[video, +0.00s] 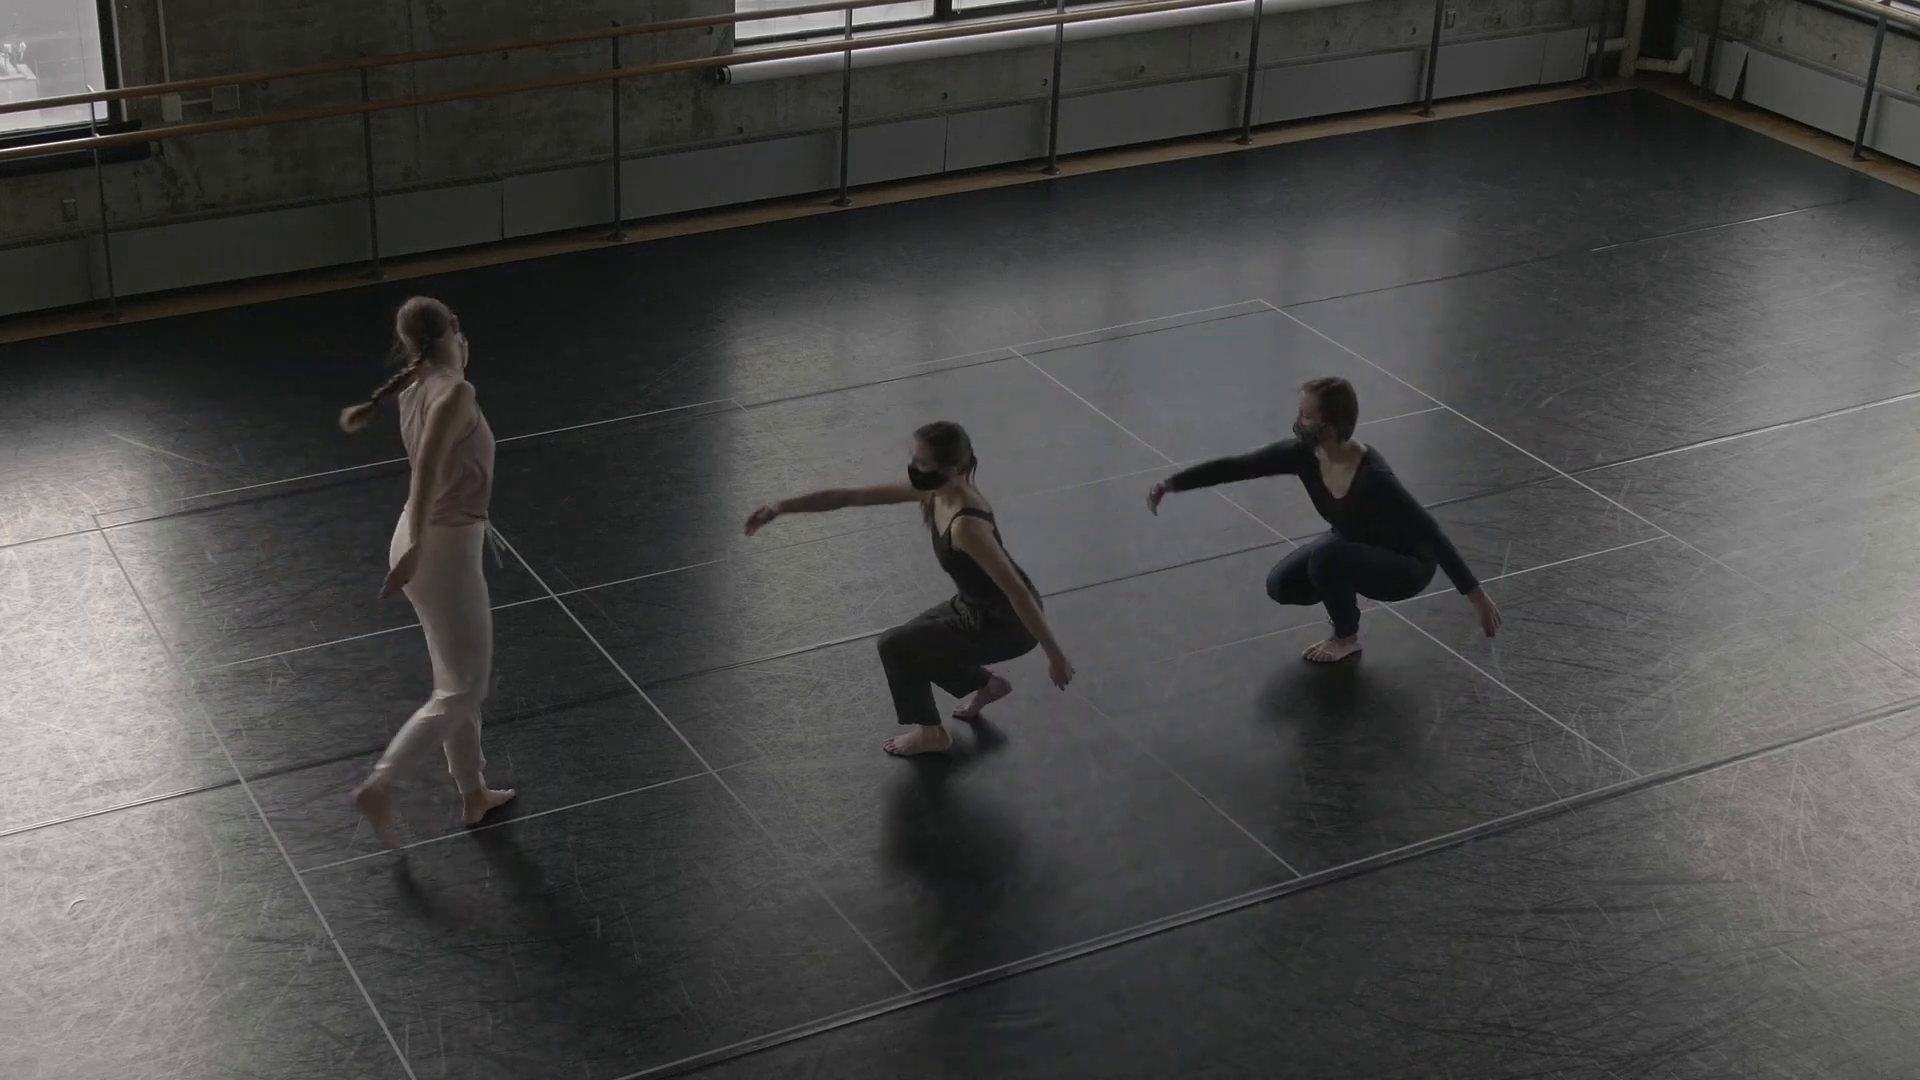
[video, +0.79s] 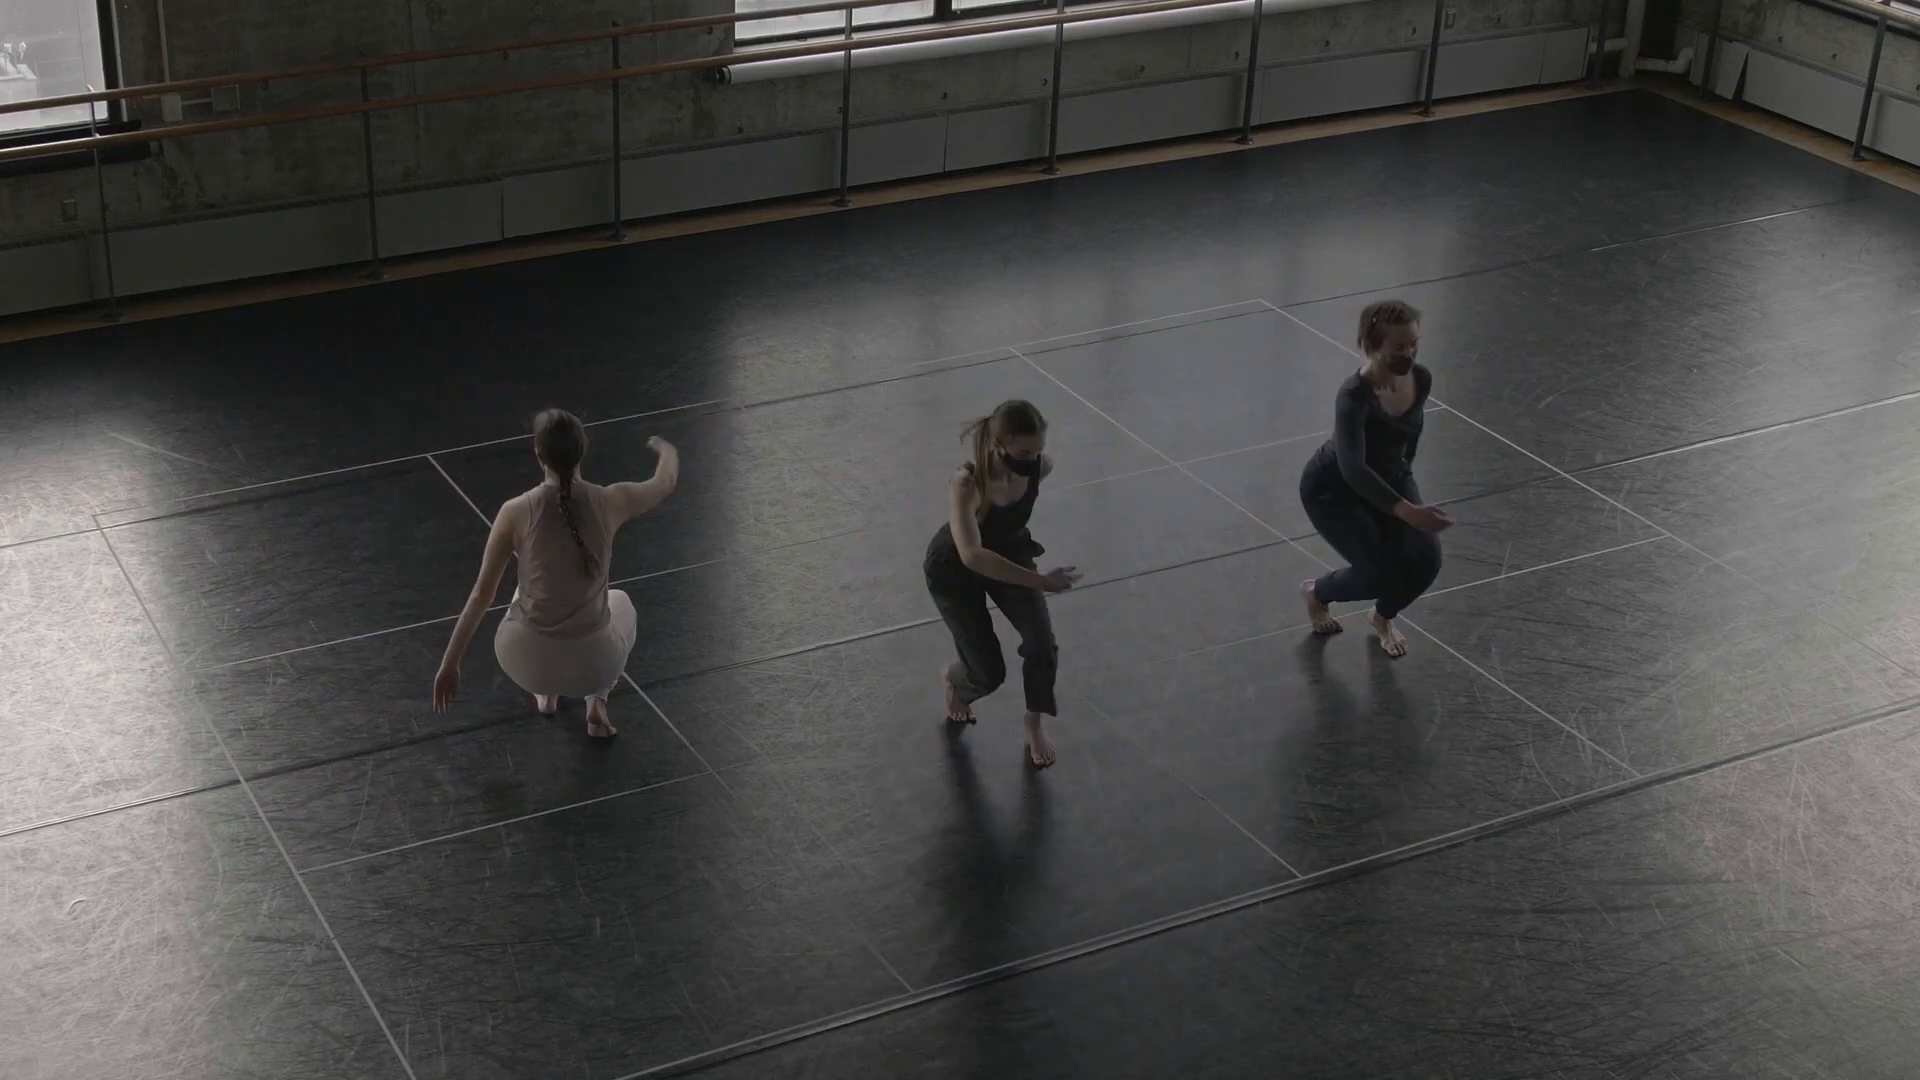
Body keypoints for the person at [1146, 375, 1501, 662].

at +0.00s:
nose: (1295, 422)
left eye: (1304, 416)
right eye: (1297, 413)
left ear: (1330, 427)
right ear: (1321, 423)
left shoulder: (1374, 476)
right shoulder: (1302, 454)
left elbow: (1430, 534)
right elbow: (1238, 468)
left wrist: (1476, 594)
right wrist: (1172, 483)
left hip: (1405, 562)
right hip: (1353, 544)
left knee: (1325, 559)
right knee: (1280, 586)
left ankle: (1347, 636)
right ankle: (1346, 594)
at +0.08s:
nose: (1302, 424)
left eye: (1310, 418)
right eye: (1302, 415)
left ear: (1336, 427)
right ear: (1324, 424)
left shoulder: (1381, 469)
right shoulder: (1303, 458)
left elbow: (1434, 522)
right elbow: (1246, 481)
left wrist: (1477, 579)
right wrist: (1181, 507)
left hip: (1401, 561)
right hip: (1342, 546)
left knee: (1331, 559)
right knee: (1278, 597)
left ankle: (1347, 637)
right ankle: (1340, 577)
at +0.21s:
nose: (1323, 399)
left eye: (1331, 392)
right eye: (1320, 391)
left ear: (1357, 395)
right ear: (1316, 390)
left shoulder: (1397, 438)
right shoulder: (1311, 435)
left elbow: (1428, 475)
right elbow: (1258, 462)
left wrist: (1447, 511)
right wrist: (1210, 497)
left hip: (1398, 532)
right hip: (1339, 526)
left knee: (1328, 560)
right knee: (1287, 599)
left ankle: (1344, 636)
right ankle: (1341, 587)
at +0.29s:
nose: (1342, 373)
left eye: (1352, 365)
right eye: (1337, 364)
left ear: (1375, 363)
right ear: (1329, 360)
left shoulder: (1406, 406)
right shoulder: (1318, 407)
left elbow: (1418, 461)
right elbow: (1264, 445)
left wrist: (1389, 479)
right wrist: (1237, 481)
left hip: (1397, 509)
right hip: (1338, 503)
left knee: (1333, 557)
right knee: (1298, 594)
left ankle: (1343, 634)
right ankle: (1343, 588)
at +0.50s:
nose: (1385, 325)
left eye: (1393, 315)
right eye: (1375, 317)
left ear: (1403, 311)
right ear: (1356, 314)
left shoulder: (1413, 348)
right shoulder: (1337, 363)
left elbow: (1400, 401)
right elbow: (1296, 421)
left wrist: (1397, 438)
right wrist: (1312, 465)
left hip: (1398, 461)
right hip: (1340, 461)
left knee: (1382, 558)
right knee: (1337, 562)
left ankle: (1341, 633)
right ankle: (1335, 597)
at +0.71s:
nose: (1405, 331)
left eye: (1411, 321)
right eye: (1396, 324)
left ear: (1417, 317)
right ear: (1371, 322)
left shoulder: (1420, 354)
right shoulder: (1351, 371)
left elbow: (1399, 408)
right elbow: (1335, 439)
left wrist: (1396, 451)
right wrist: (1379, 484)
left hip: (1392, 459)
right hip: (1335, 468)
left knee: (1418, 552)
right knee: (1374, 567)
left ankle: (1388, 612)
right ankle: (1322, 587)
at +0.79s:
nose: (1409, 355)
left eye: (1413, 345)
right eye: (1399, 348)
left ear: (1419, 341)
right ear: (1371, 347)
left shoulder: (1420, 380)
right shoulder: (1354, 396)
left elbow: (1410, 432)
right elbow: (1352, 469)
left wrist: (1403, 473)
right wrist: (1405, 510)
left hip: (1387, 478)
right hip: (1332, 488)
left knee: (1426, 559)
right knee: (1385, 574)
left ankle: (1383, 616)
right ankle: (1317, 593)